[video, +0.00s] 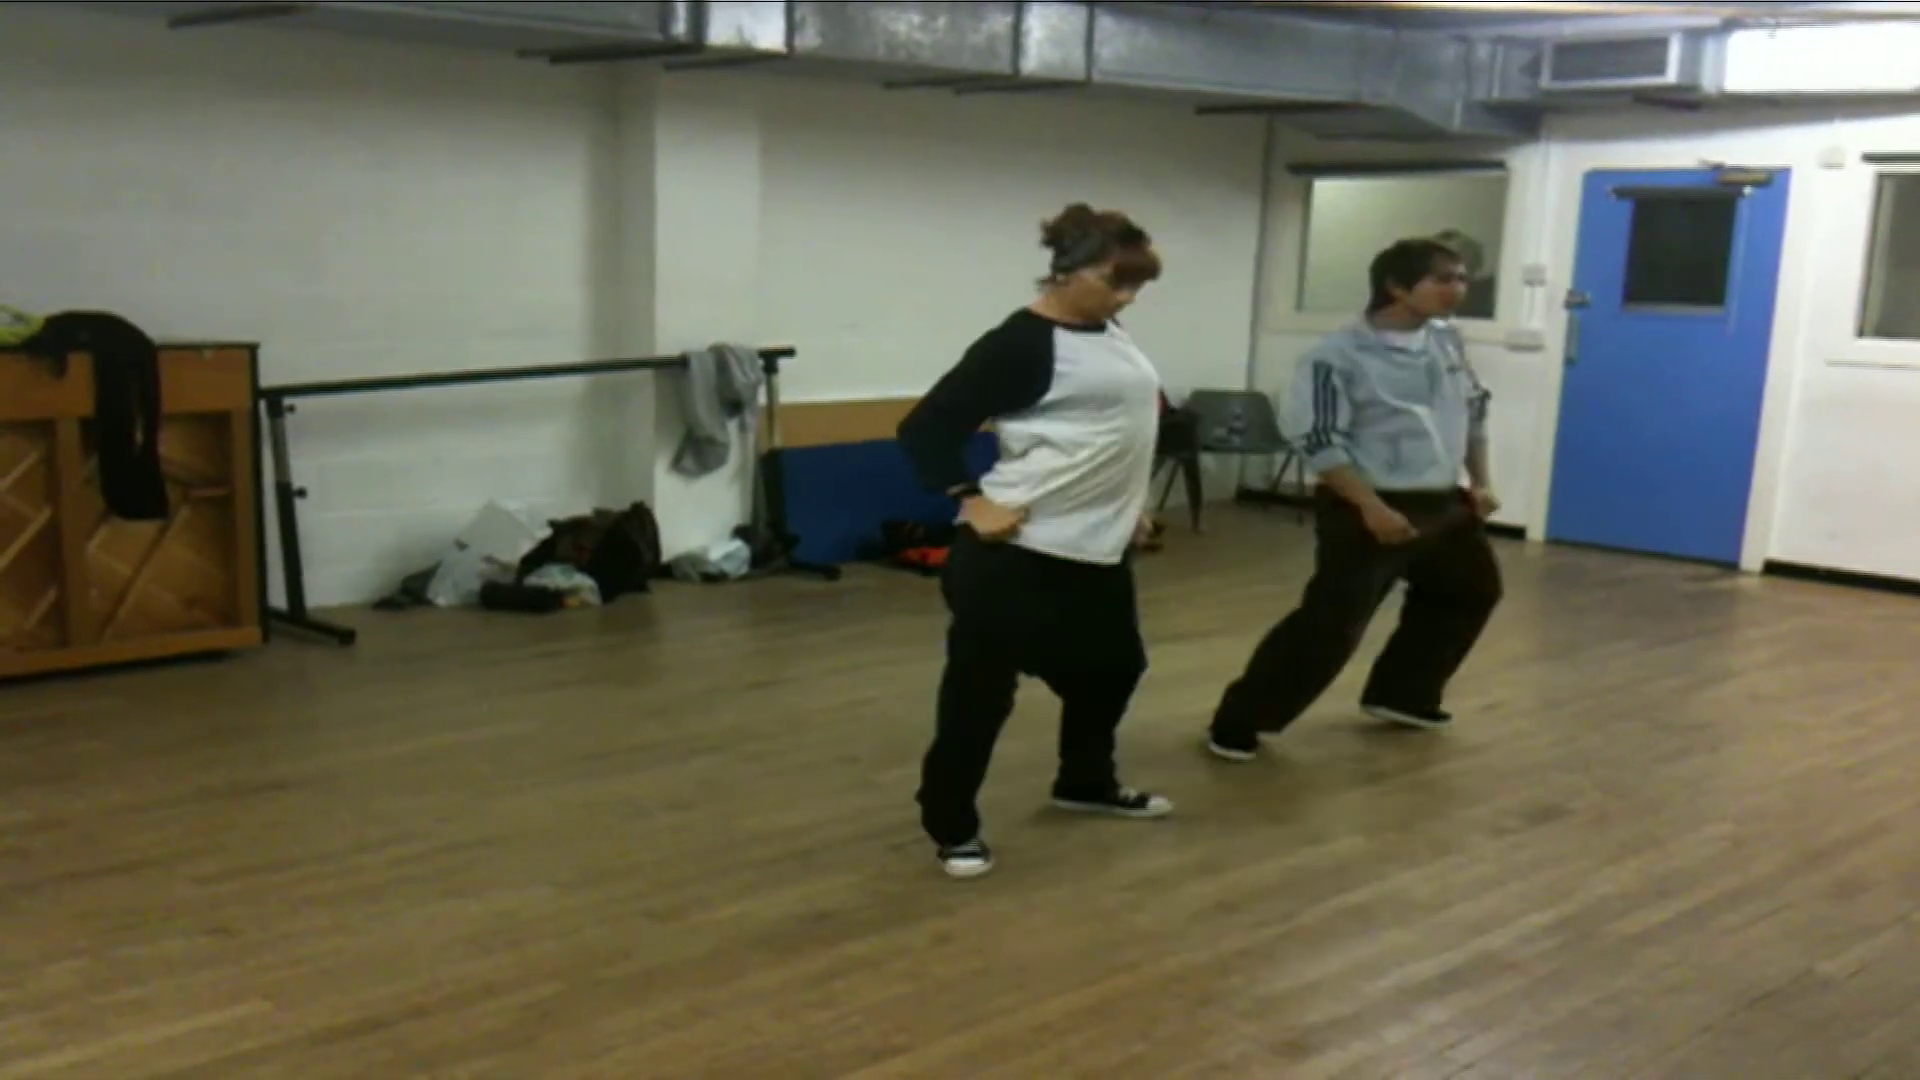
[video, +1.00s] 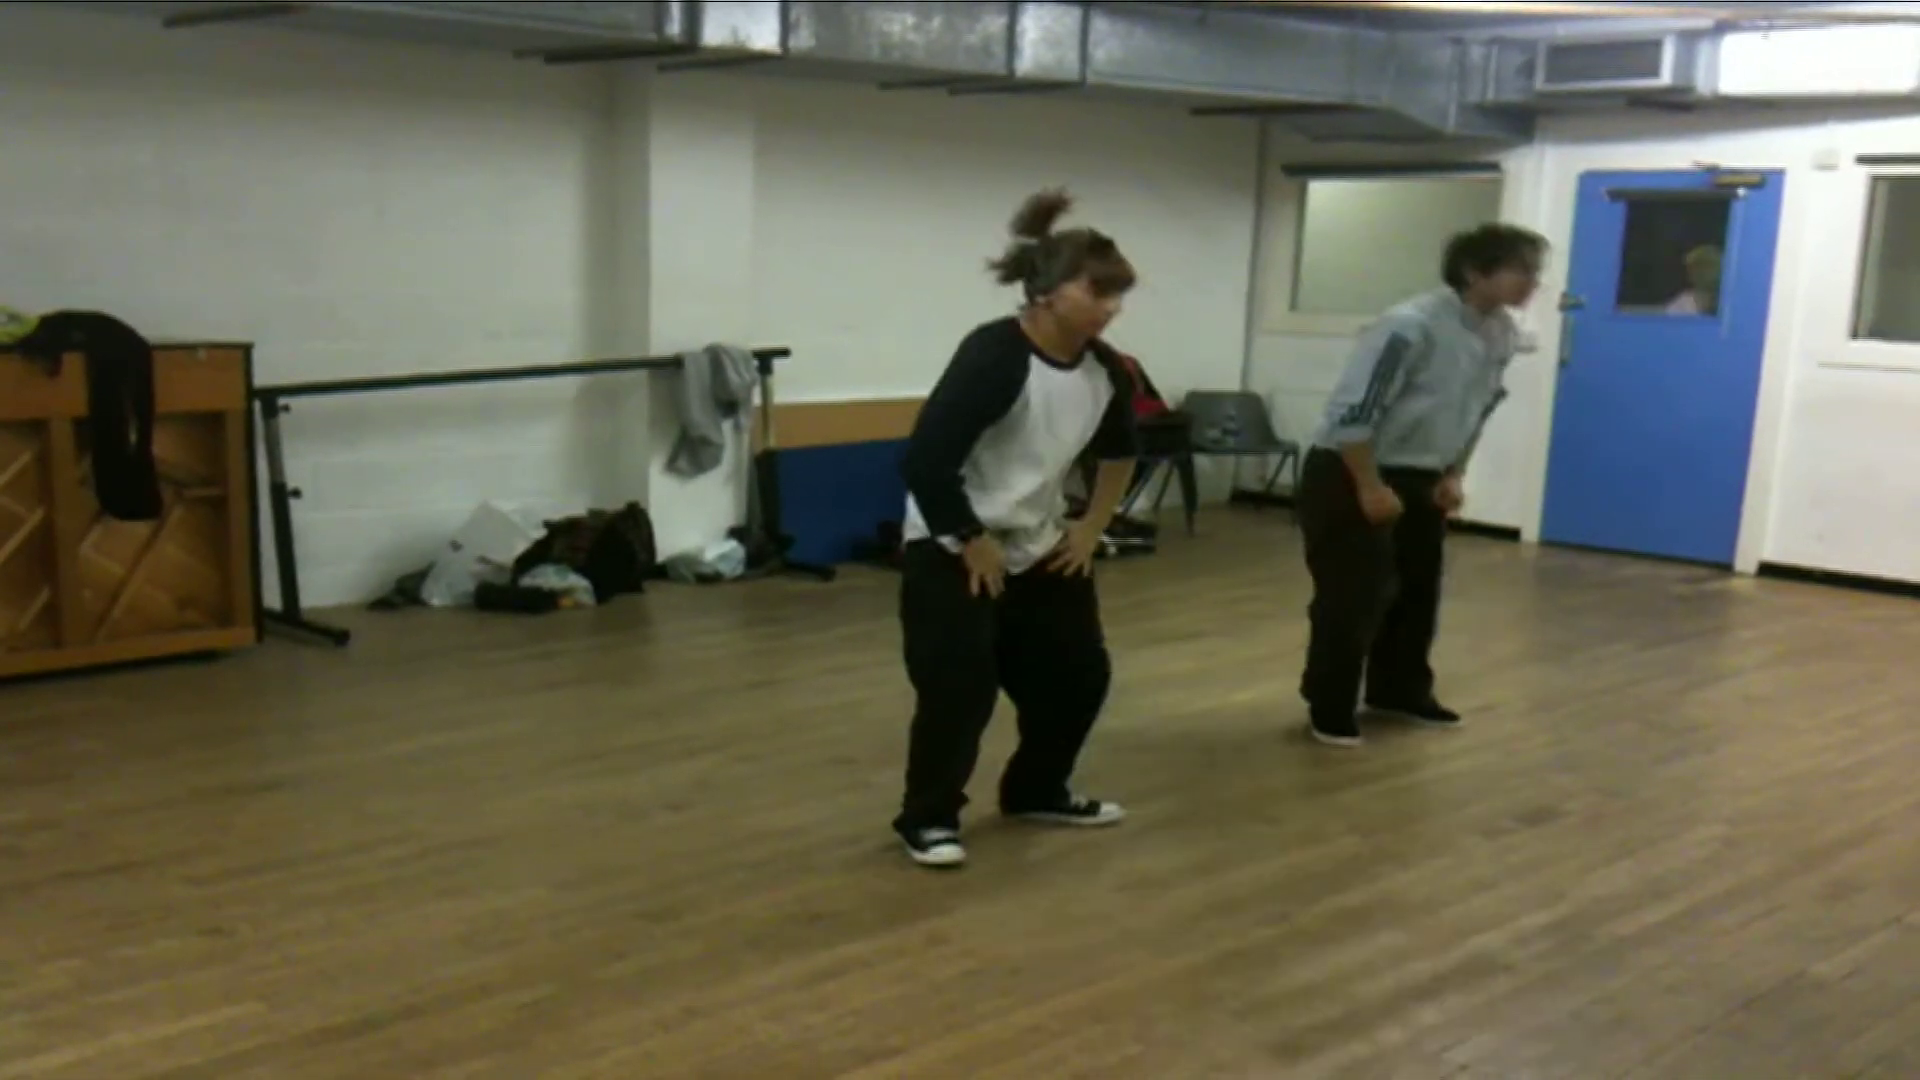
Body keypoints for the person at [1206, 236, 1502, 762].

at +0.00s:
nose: (1456, 289)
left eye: (1456, 280)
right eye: (1444, 280)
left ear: (1409, 291)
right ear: (1401, 289)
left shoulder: (1444, 342)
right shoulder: (1336, 357)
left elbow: (1472, 412)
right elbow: (1321, 449)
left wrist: (1479, 482)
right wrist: (1371, 507)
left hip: (1440, 506)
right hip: (1365, 510)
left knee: (1469, 590)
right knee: (1330, 625)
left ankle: (1400, 692)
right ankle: (1237, 721)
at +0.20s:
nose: (1464, 302)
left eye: (1466, 292)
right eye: (1453, 291)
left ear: (1415, 300)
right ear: (1408, 298)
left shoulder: (1451, 357)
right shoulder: (1334, 361)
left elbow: (1444, 429)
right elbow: (1287, 446)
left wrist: (1440, 488)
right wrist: (1326, 512)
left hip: (1404, 516)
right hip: (1329, 513)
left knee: (1473, 594)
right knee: (1294, 619)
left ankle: (1399, 677)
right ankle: (1188, 717)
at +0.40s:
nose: (1516, 351)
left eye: (1518, 340)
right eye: (1507, 339)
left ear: (1473, 346)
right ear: (1463, 342)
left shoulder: (1495, 391)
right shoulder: (1380, 389)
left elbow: (1489, 446)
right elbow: (1305, 470)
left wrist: (1456, 500)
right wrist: (1354, 515)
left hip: (1409, 518)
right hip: (1336, 512)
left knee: (1455, 622)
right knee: (1399, 607)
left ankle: (1433, 697)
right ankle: (1283, 691)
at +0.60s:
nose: (1555, 401)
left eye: (1557, 391)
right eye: (1546, 390)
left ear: (1505, 394)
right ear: (1499, 391)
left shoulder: (1502, 430)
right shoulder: (1415, 425)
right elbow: (1304, 470)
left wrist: (1447, 514)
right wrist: (1343, 529)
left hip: (1407, 529)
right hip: (1335, 524)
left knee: (1478, 598)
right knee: (1374, 596)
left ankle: (1403, 692)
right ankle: (1336, 697)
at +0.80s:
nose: (1560, 418)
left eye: (1565, 408)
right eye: (1556, 404)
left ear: (1517, 400)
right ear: (1514, 398)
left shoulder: (1503, 428)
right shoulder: (1421, 415)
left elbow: (1436, 472)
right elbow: (1308, 471)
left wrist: (1444, 518)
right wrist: (1328, 535)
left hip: (1411, 528)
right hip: (1347, 526)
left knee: (1467, 599)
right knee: (1355, 614)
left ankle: (1403, 695)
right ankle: (1336, 716)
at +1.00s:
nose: (1531, 285)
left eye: (1532, 274)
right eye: (1522, 272)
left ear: (1495, 279)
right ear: (1480, 273)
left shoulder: (1499, 336)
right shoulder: (1409, 326)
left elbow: (1476, 413)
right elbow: (1349, 417)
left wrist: (1453, 471)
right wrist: (1368, 484)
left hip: (1417, 476)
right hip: (1348, 470)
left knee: (1416, 587)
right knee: (1353, 590)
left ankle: (1399, 689)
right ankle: (1331, 706)